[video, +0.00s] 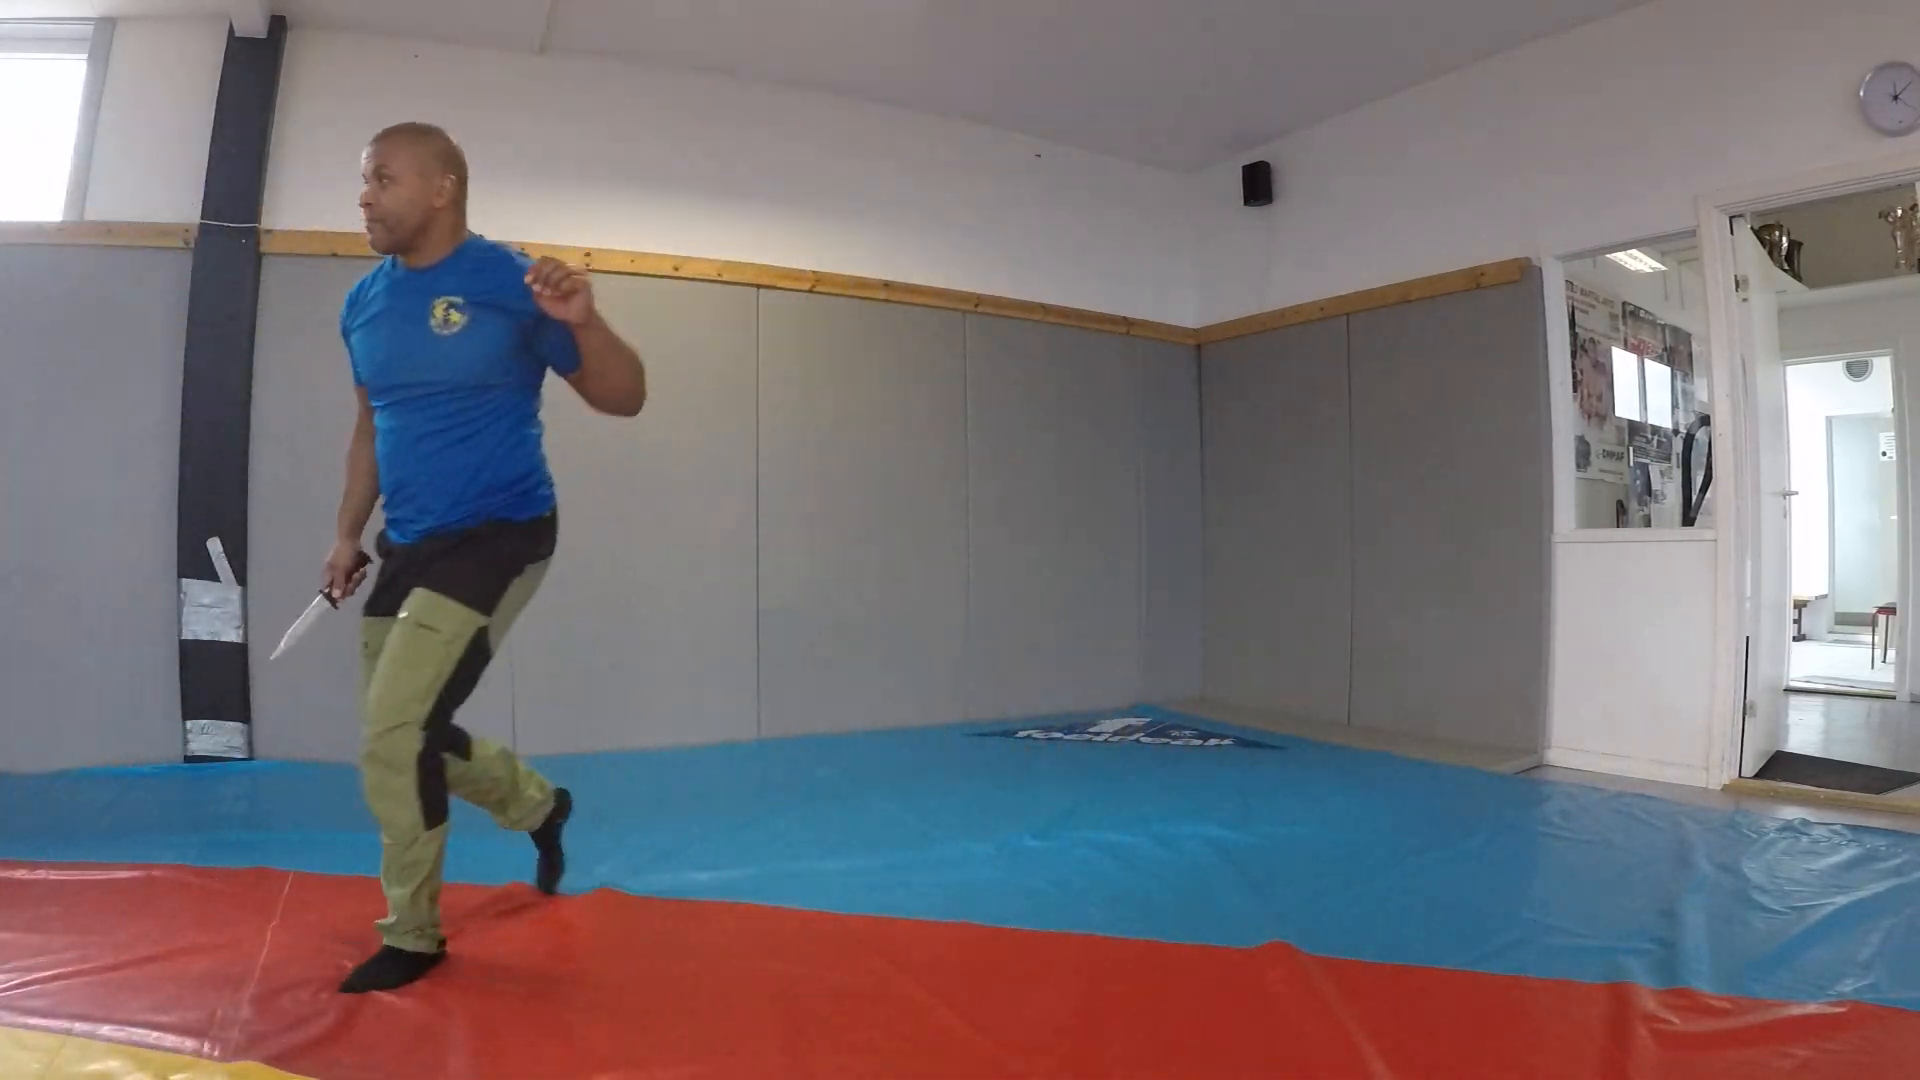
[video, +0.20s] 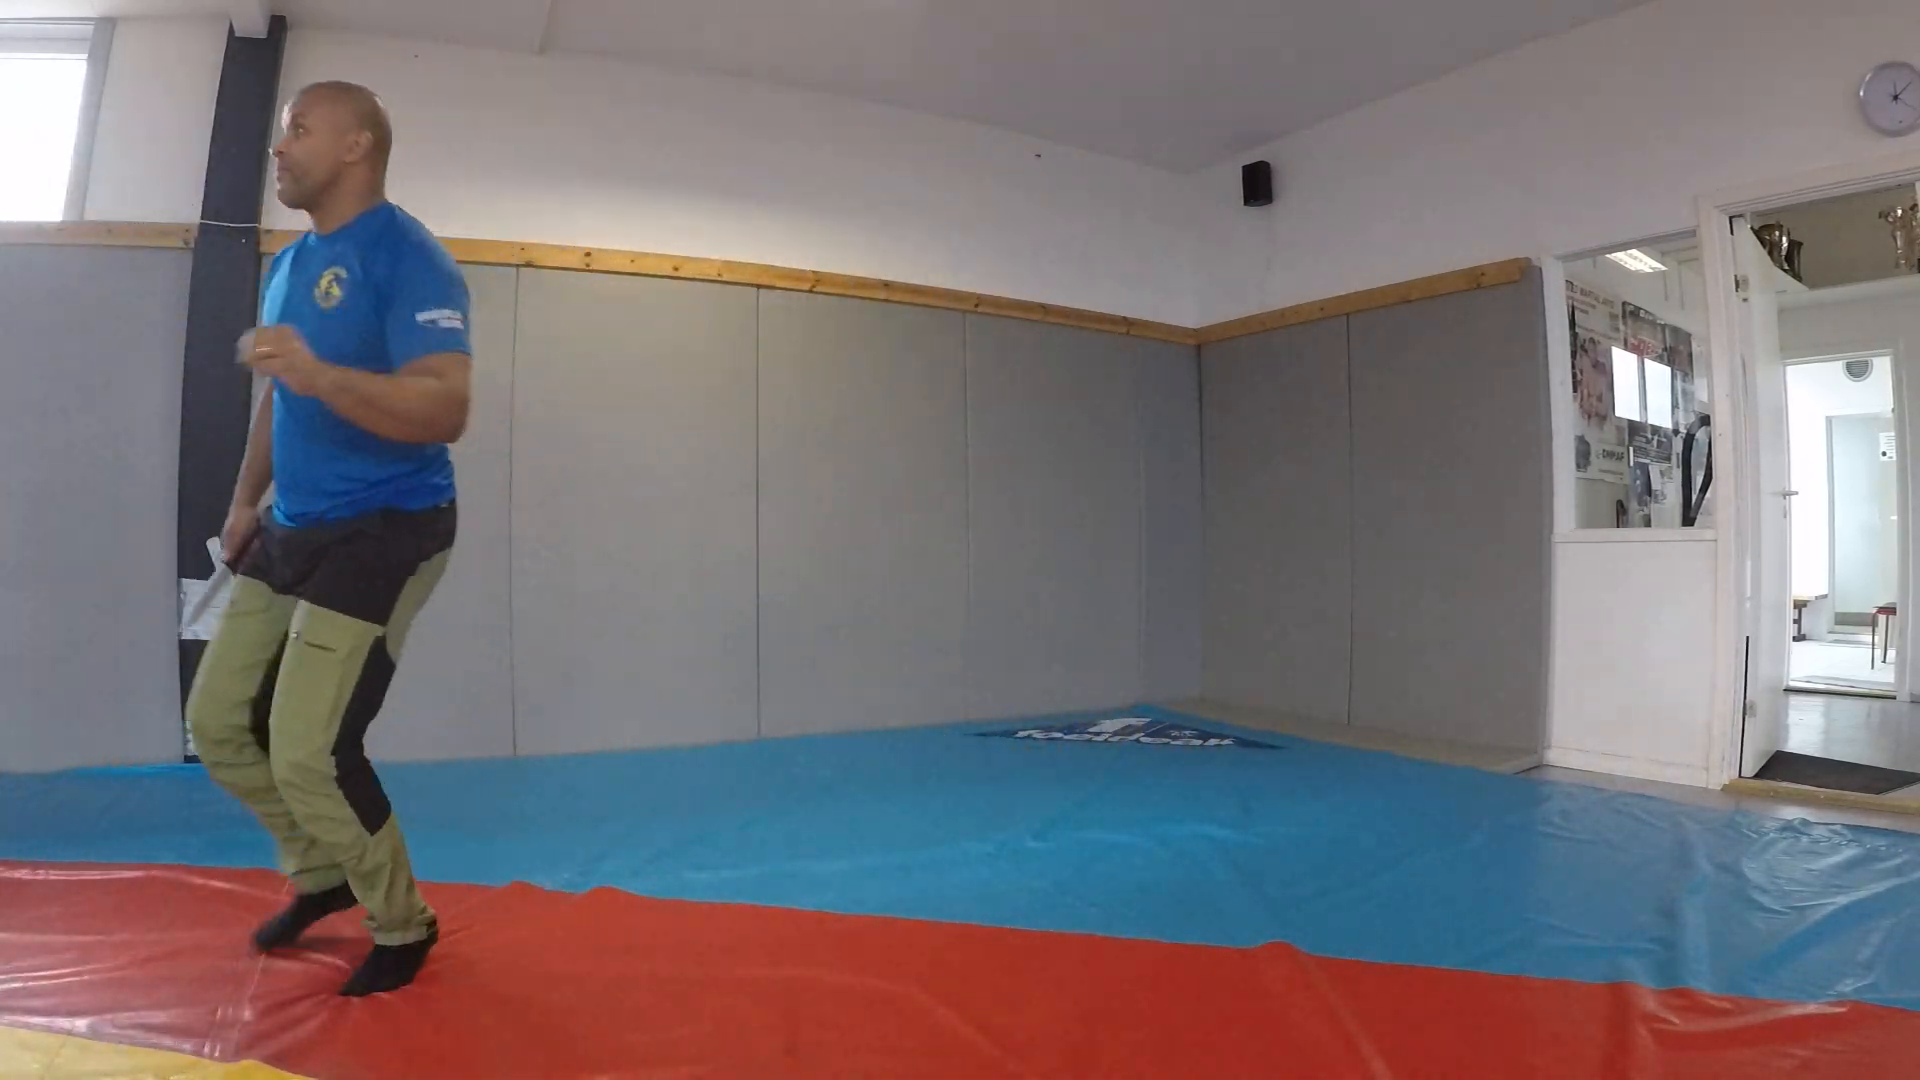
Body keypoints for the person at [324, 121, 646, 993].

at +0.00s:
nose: (364, 196)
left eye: (382, 181)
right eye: (365, 181)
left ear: (441, 191)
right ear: (406, 194)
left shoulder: (505, 282)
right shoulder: (366, 302)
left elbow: (624, 395)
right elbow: (370, 426)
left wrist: (584, 322)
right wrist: (350, 535)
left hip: (498, 531)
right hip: (410, 540)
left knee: (397, 725)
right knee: (398, 728)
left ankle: (412, 934)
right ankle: (539, 808)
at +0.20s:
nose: (279, 145)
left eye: (299, 129)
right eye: (283, 131)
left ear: (358, 145)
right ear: (332, 148)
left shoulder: (409, 254)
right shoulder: (288, 266)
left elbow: (445, 411)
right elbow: (278, 400)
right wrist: (246, 504)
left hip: (385, 527)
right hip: (295, 523)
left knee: (307, 746)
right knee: (219, 724)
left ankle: (404, 926)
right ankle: (324, 871)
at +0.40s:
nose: (199, 96)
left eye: (222, 83)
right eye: (204, 82)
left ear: (277, 113)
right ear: (237, 112)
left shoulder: (296, 214)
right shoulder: (219, 217)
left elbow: (299, 376)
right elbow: (207, 380)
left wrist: (150, 357)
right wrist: (161, 494)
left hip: (265, 521)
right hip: (182, 516)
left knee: (221, 767)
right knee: (109, 743)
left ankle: (374, 906)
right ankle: (101, 970)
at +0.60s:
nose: (132, 96)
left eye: (155, 82)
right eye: (140, 82)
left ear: (209, 105)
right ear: (191, 107)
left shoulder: (220, 191)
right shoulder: (163, 215)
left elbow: (225, 346)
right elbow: (137, 388)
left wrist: (70, 328)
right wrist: (56, 496)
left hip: (181, 518)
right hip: (106, 522)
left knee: (122, 771)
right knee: (44, 766)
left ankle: (329, 896)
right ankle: (98, 982)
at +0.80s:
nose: (143, 76)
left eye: (164, 63)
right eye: (151, 62)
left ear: (219, 81)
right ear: (211, 82)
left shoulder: (229, 155)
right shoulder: (175, 174)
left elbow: (238, 278)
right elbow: (137, 340)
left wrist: (91, 221)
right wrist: (35, 392)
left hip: (170, 491)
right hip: (117, 488)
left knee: (113, 757)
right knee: (71, 754)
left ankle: (317, 945)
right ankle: (98, 975)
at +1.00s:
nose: (198, 66)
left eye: (218, 53)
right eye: (207, 53)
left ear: (264, 78)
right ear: (259, 83)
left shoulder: (267, 166)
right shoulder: (215, 182)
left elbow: (252, 319)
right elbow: (194, 356)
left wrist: (99, 255)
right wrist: (94, 429)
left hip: (205, 510)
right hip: (143, 507)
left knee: (199, 787)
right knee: (88, 763)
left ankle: (365, 998)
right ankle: (97, 978)